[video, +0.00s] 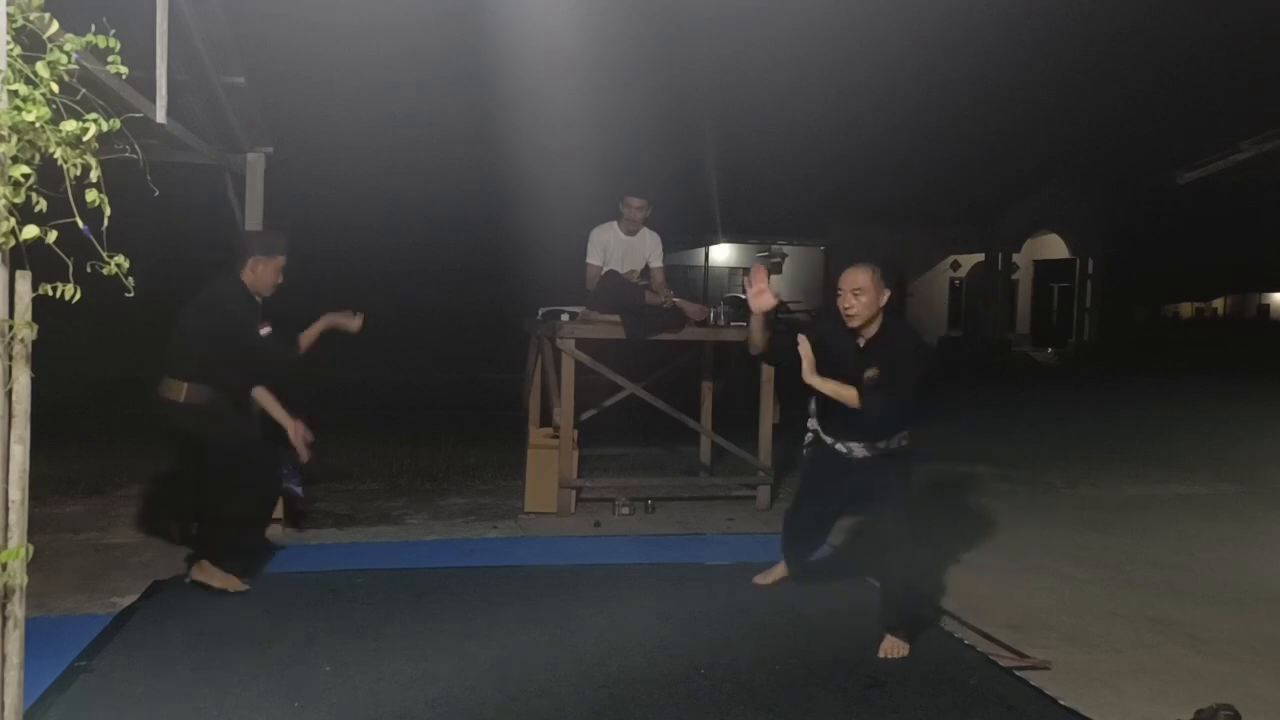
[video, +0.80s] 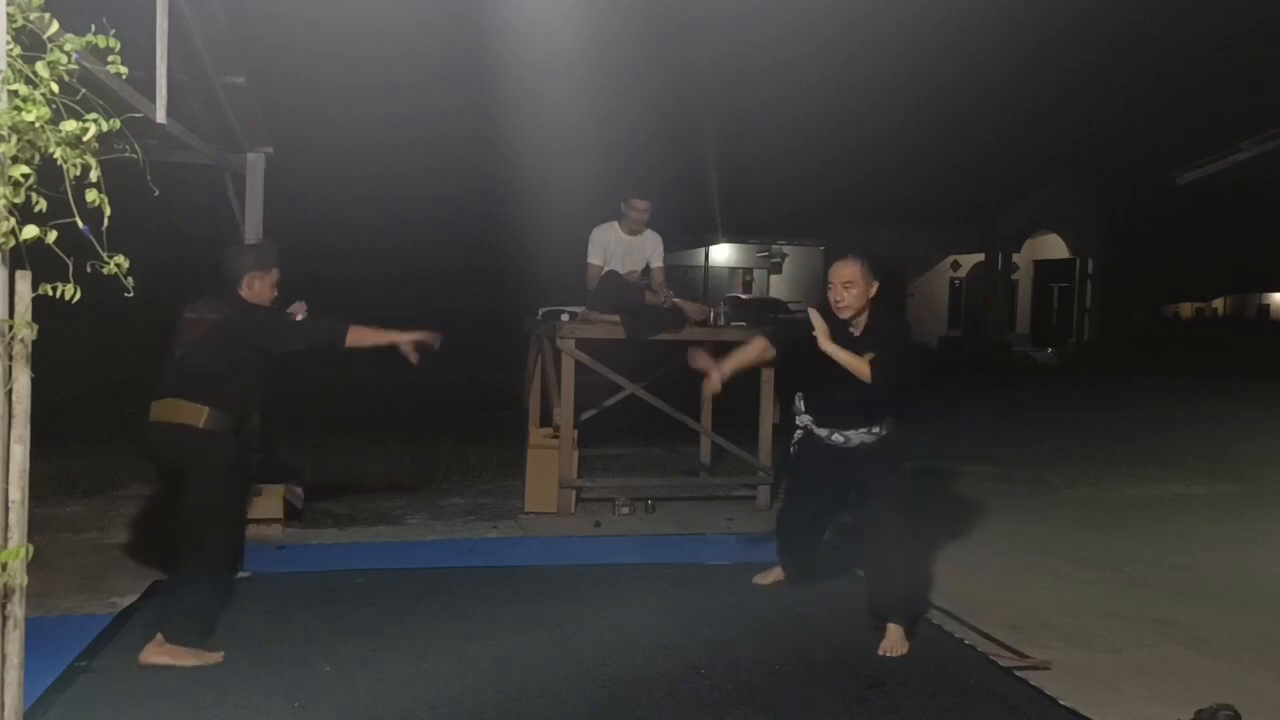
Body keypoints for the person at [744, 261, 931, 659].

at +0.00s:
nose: (846, 303)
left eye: (857, 294)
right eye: (841, 294)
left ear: (884, 297)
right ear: (835, 297)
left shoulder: (903, 343)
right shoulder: (828, 330)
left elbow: (884, 405)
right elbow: (762, 349)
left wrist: (814, 380)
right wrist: (760, 315)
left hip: (885, 456)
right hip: (830, 450)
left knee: (896, 539)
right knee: (804, 513)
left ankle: (897, 626)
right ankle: (792, 562)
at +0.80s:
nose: (838, 295)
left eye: (848, 286)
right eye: (832, 287)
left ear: (872, 289)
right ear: (826, 289)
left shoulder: (890, 330)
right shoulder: (817, 324)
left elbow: (885, 377)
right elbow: (768, 343)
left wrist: (831, 349)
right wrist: (722, 369)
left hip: (872, 446)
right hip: (818, 442)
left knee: (886, 528)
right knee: (799, 507)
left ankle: (895, 618)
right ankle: (792, 565)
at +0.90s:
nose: (843, 293)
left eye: (853, 285)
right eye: (838, 286)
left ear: (879, 288)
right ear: (832, 291)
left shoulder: (901, 326)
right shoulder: (823, 329)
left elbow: (896, 361)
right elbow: (777, 371)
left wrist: (834, 332)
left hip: (881, 445)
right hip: (826, 442)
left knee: (888, 530)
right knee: (804, 505)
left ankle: (895, 621)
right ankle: (791, 562)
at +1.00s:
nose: (850, 290)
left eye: (859, 281)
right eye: (845, 283)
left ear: (887, 282)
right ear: (841, 287)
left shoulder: (914, 322)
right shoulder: (829, 325)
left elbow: (888, 349)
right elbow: (783, 388)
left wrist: (818, 325)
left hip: (898, 449)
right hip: (841, 443)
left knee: (891, 533)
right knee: (812, 514)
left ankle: (895, 623)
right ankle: (809, 568)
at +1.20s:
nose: (847, 287)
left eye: (855, 278)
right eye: (844, 279)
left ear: (886, 278)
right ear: (845, 283)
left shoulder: (912, 320)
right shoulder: (851, 322)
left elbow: (862, 356)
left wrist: (783, 348)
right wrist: (834, 352)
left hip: (910, 450)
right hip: (859, 443)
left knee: (896, 536)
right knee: (825, 524)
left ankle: (897, 625)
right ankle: (855, 597)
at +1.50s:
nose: (827, 274)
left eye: (838, 264)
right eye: (825, 266)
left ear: (859, 272)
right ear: (825, 273)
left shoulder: (876, 314)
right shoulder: (844, 310)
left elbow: (832, 389)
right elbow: (789, 322)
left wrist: (792, 354)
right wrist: (807, 289)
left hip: (922, 445)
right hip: (880, 444)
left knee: (908, 544)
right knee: (842, 524)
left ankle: (964, 642)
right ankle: (866, 613)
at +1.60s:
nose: (827, 284)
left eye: (832, 276)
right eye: (829, 276)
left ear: (855, 280)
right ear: (862, 279)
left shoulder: (853, 327)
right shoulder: (886, 308)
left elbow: (833, 389)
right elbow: (819, 310)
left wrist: (817, 347)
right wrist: (764, 302)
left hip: (911, 459)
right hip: (928, 451)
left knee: (932, 565)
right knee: (841, 526)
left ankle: (1010, 671)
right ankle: (864, 611)